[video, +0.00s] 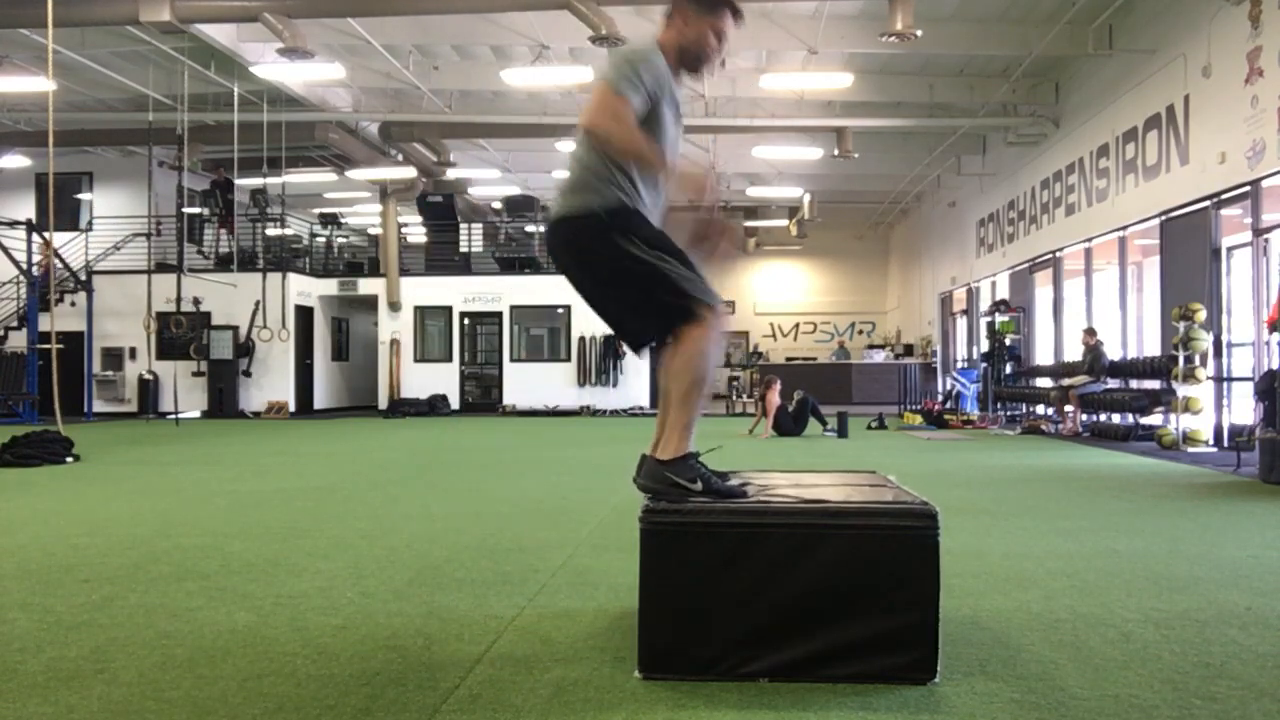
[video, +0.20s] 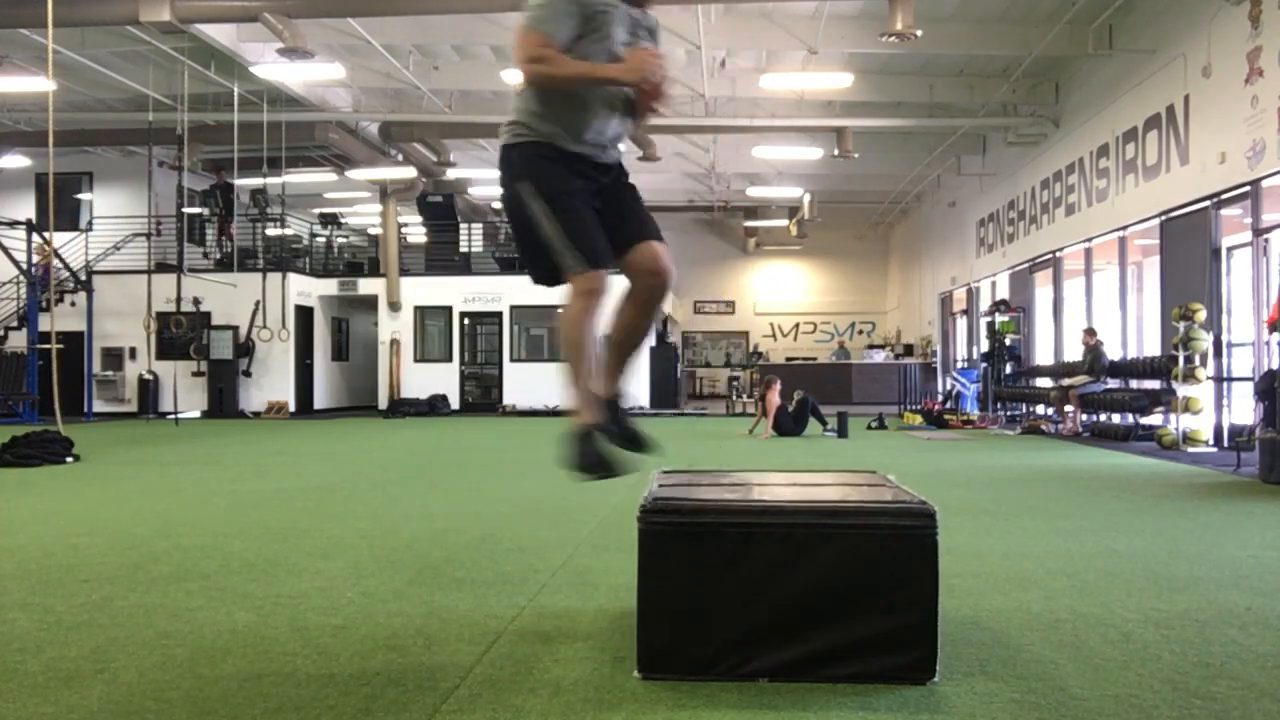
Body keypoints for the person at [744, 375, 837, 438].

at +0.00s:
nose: (780, 386)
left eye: (779, 384)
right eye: (778, 384)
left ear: (768, 385)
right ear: (773, 385)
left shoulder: (765, 396)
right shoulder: (773, 396)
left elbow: (759, 415)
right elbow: (770, 416)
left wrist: (751, 430)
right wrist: (766, 433)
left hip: (784, 430)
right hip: (792, 431)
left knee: (804, 399)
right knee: (807, 400)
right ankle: (826, 426)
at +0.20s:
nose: (780, 386)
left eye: (779, 384)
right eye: (778, 384)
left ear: (768, 385)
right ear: (773, 385)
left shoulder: (765, 396)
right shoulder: (773, 396)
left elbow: (759, 415)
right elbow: (770, 416)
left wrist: (751, 430)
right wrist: (766, 433)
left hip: (784, 430)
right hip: (792, 431)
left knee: (804, 399)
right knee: (807, 400)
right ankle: (826, 426)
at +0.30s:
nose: (780, 386)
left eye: (779, 384)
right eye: (778, 384)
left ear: (768, 385)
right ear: (773, 385)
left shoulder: (765, 396)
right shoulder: (773, 396)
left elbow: (759, 415)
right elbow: (770, 416)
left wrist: (751, 430)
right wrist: (766, 433)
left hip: (785, 430)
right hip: (792, 431)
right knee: (807, 399)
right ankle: (826, 426)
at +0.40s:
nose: (780, 386)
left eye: (779, 384)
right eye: (778, 384)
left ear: (768, 385)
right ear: (773, 385)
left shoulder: (765, 396)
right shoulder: (773, 396)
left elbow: (759, 415)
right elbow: (770, 416)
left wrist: (751, 430)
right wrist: (766, 433)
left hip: (784, 430)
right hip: (792, 431)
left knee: (805, 399)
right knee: (807, 400)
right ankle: (826, 426)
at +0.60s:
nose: (780, 387)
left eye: (779, 384)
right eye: (778, 384)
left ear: (768, 385)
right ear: (773, 385)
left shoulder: (765, 396)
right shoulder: (773, 396)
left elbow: (759, 415)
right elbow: (770, 416)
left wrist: (751, 430)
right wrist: (766, 433)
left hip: (784, 430)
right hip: (792, 431)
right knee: (807, 400)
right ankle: (826, 426)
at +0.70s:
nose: (780, 386)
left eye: (780, 384)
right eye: (778, 384)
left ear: (768, 385)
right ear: (773, 385)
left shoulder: (766, 396)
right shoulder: (773, 396)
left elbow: (760, 415)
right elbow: (770, 416)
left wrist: (751, 430)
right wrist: (766, 433)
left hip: (784, 430)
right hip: (792, 431)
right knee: (807, 399)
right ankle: (826, 426)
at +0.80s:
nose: (780, 386)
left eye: (780, 384)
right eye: (778, 384)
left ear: (768, 385)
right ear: (773, 385)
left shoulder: (765, 396)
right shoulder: (773, 396)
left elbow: (760, 415)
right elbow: (770, 416)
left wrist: (751, 430)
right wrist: (766, 433)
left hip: (784, 430)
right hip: (792, 431)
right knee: (807, 399)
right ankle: (826, 426)